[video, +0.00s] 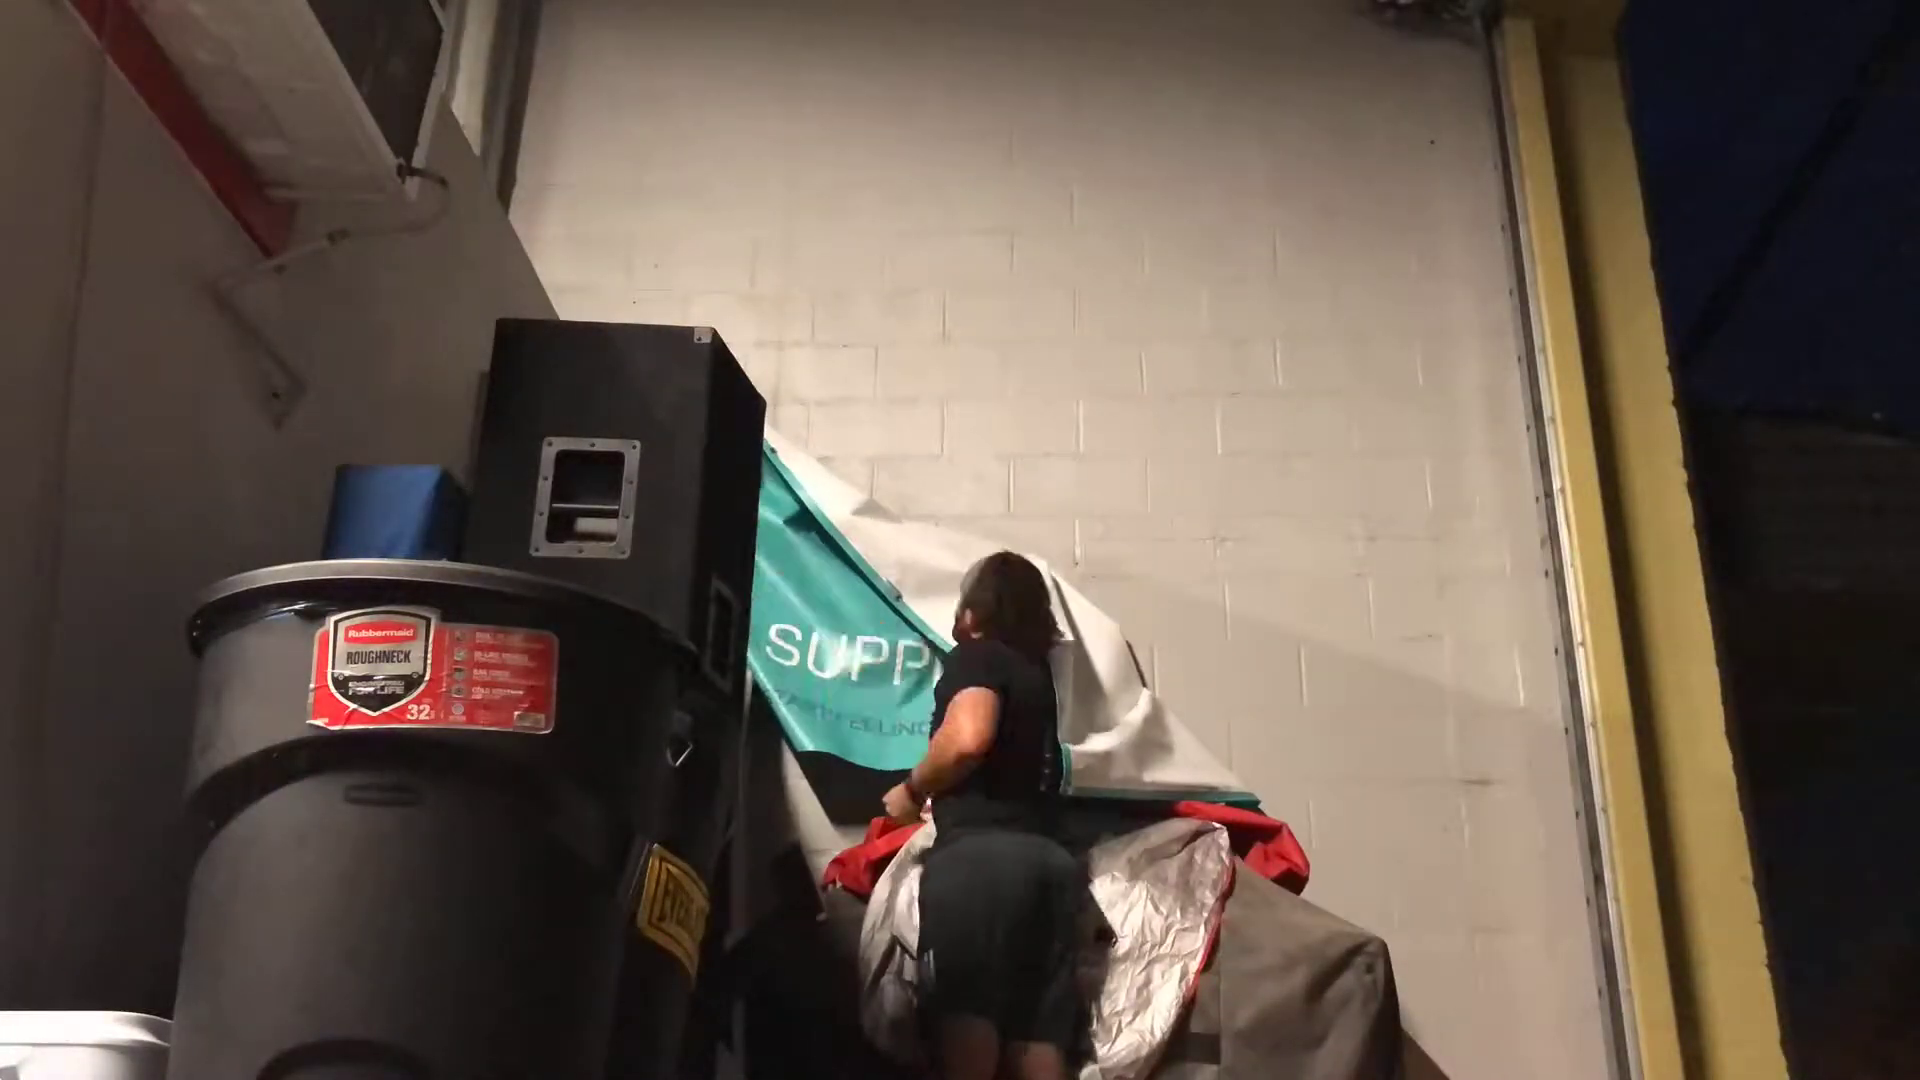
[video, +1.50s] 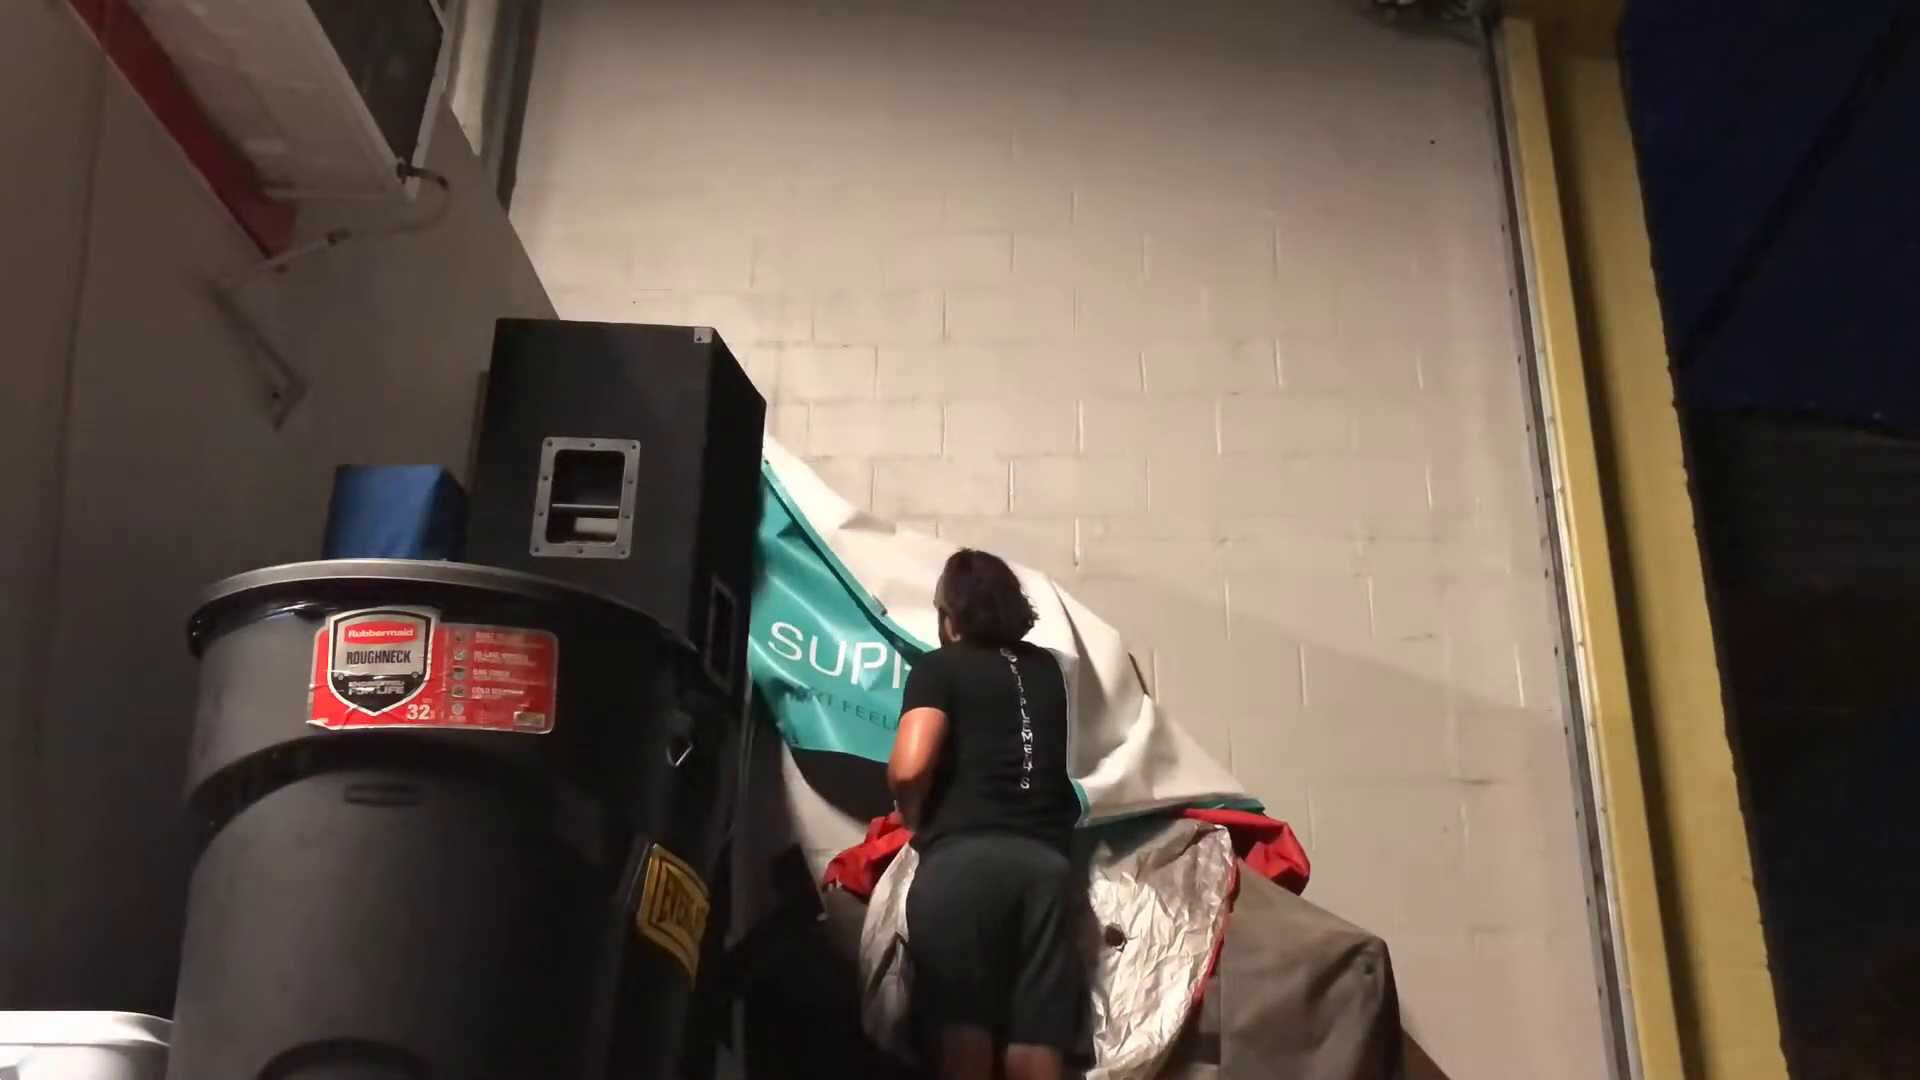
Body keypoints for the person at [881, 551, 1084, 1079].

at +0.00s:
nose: (956, 617)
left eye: (961, 605)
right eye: (961, 605)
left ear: (973, 613)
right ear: (1033, 618)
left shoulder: (977, 656)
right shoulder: (1038, 672)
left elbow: (969, 739)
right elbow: (1020, 772)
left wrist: (913, 789)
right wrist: (930, 809)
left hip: (982, 852)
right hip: (1051, 857)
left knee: (967, 1026)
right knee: (1043, 1036)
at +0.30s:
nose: (949, 611)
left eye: (953, 603)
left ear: (958, 610)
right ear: (1023, 612)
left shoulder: (950, 664)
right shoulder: (1037, 672)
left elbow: (922, 746)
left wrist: (885, 802)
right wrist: (932, 798)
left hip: (966, 857)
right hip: (1047, 861)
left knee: (961, 1045)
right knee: (1036, 1050)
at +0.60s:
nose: (954, 603)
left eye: (957, 594)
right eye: (959, 594)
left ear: (964, 603)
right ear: (1032, 601)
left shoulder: (962, 660)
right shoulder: (1056, 667)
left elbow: (931, 760)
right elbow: (1038, 757)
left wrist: (897, 799)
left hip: (969, 853)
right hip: (1048, 858)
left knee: (962, 1037)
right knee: (1037, 1043)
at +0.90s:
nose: (952, 599)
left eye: (956, 590)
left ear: (961, 598)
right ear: (1026, 597)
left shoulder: (954, 659)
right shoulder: (1058, 664)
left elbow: (917, 767)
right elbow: (1048, 760)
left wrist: (901, 809)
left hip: (965, 855)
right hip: (1047, 861)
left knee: (962, 1040)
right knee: (1037, 1048)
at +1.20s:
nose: (939, 628)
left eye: (941, 616)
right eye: (940, 616)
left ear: (952, 620)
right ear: (1016, 617)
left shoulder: (940, 664)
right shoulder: (1051, 670)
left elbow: (907, 763)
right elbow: (1048, 764)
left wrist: (920, 828)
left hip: (963, 858)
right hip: (1049, 864)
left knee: (962, 1041)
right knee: (1038, 1046)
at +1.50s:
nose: (939, 620)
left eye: (941, 609)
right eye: (941, 609)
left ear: (951, 615)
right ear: (1013, 611)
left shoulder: (939, 667)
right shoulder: (1048, 669)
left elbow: (908, 767)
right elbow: (1047, 762)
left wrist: (912, 820)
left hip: (963, 856)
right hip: (1047, 861)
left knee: (962, 1038)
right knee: (1038, 1043)